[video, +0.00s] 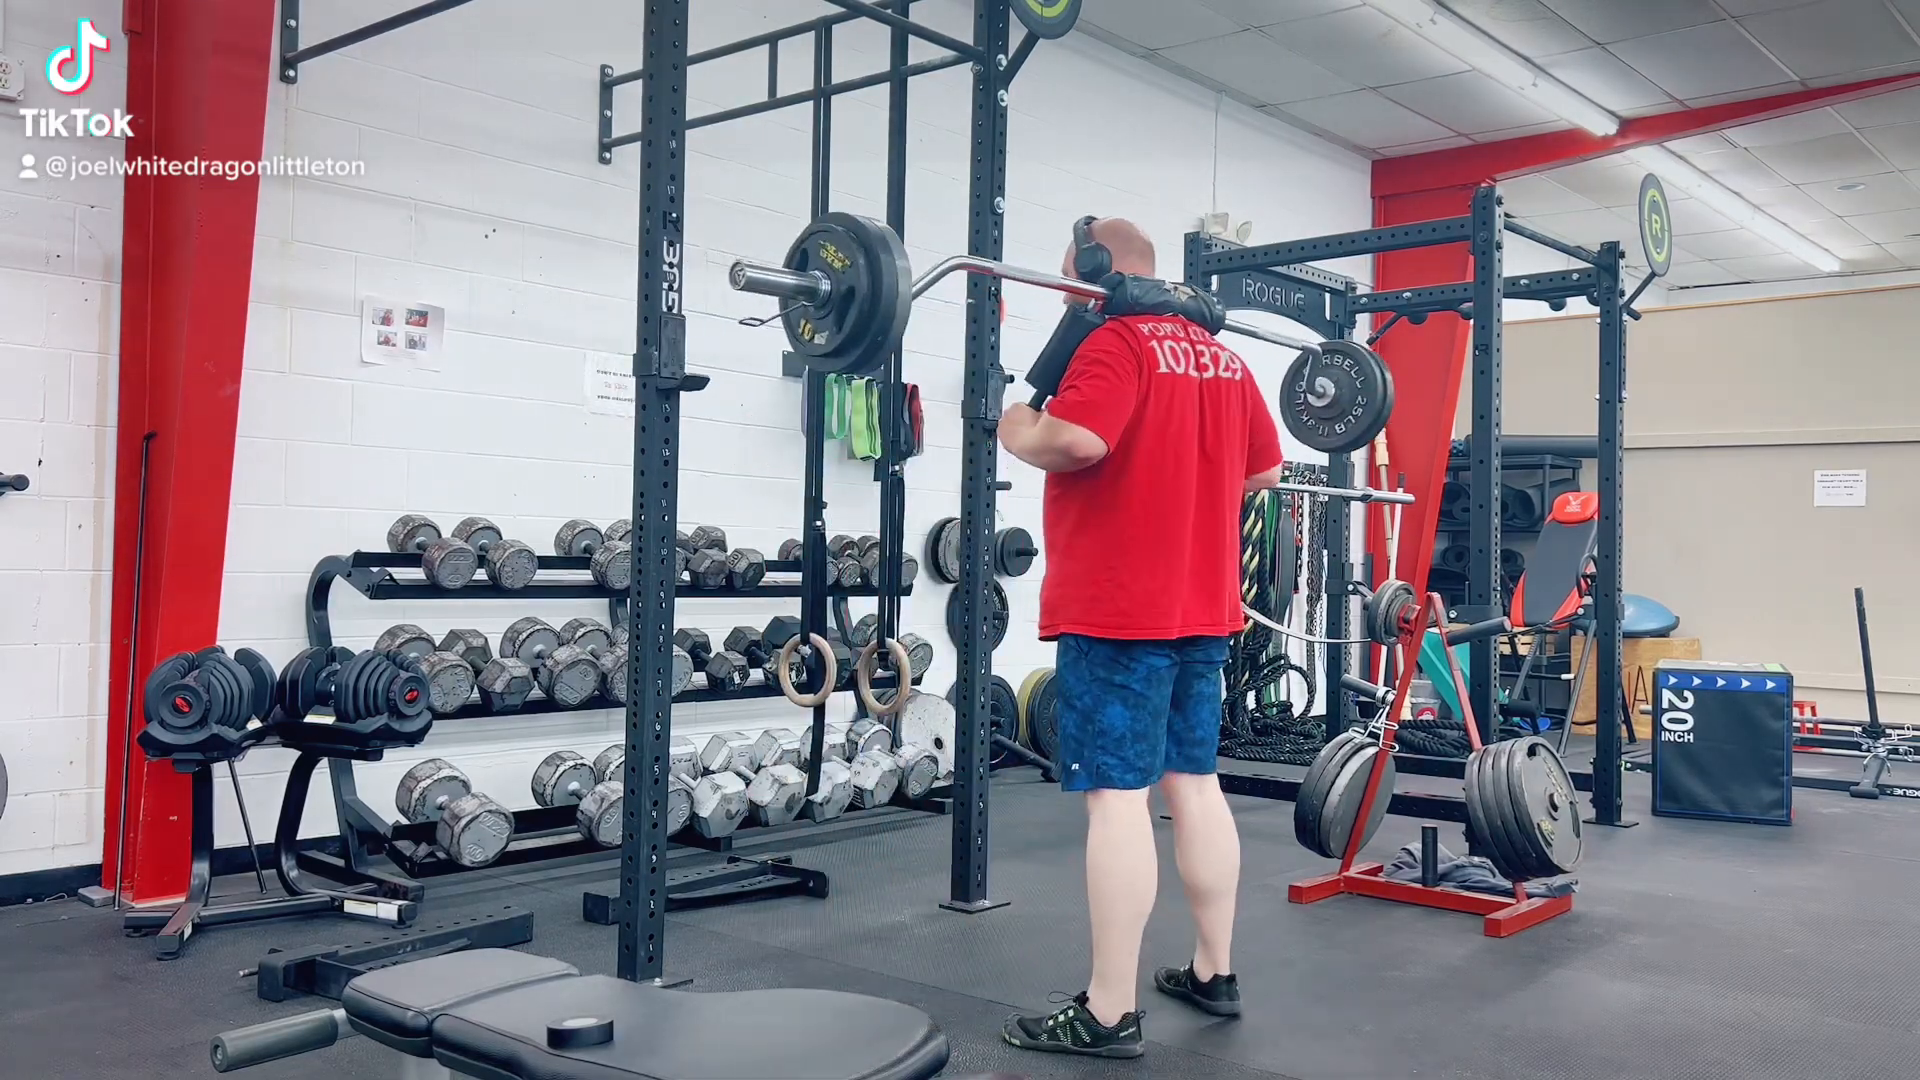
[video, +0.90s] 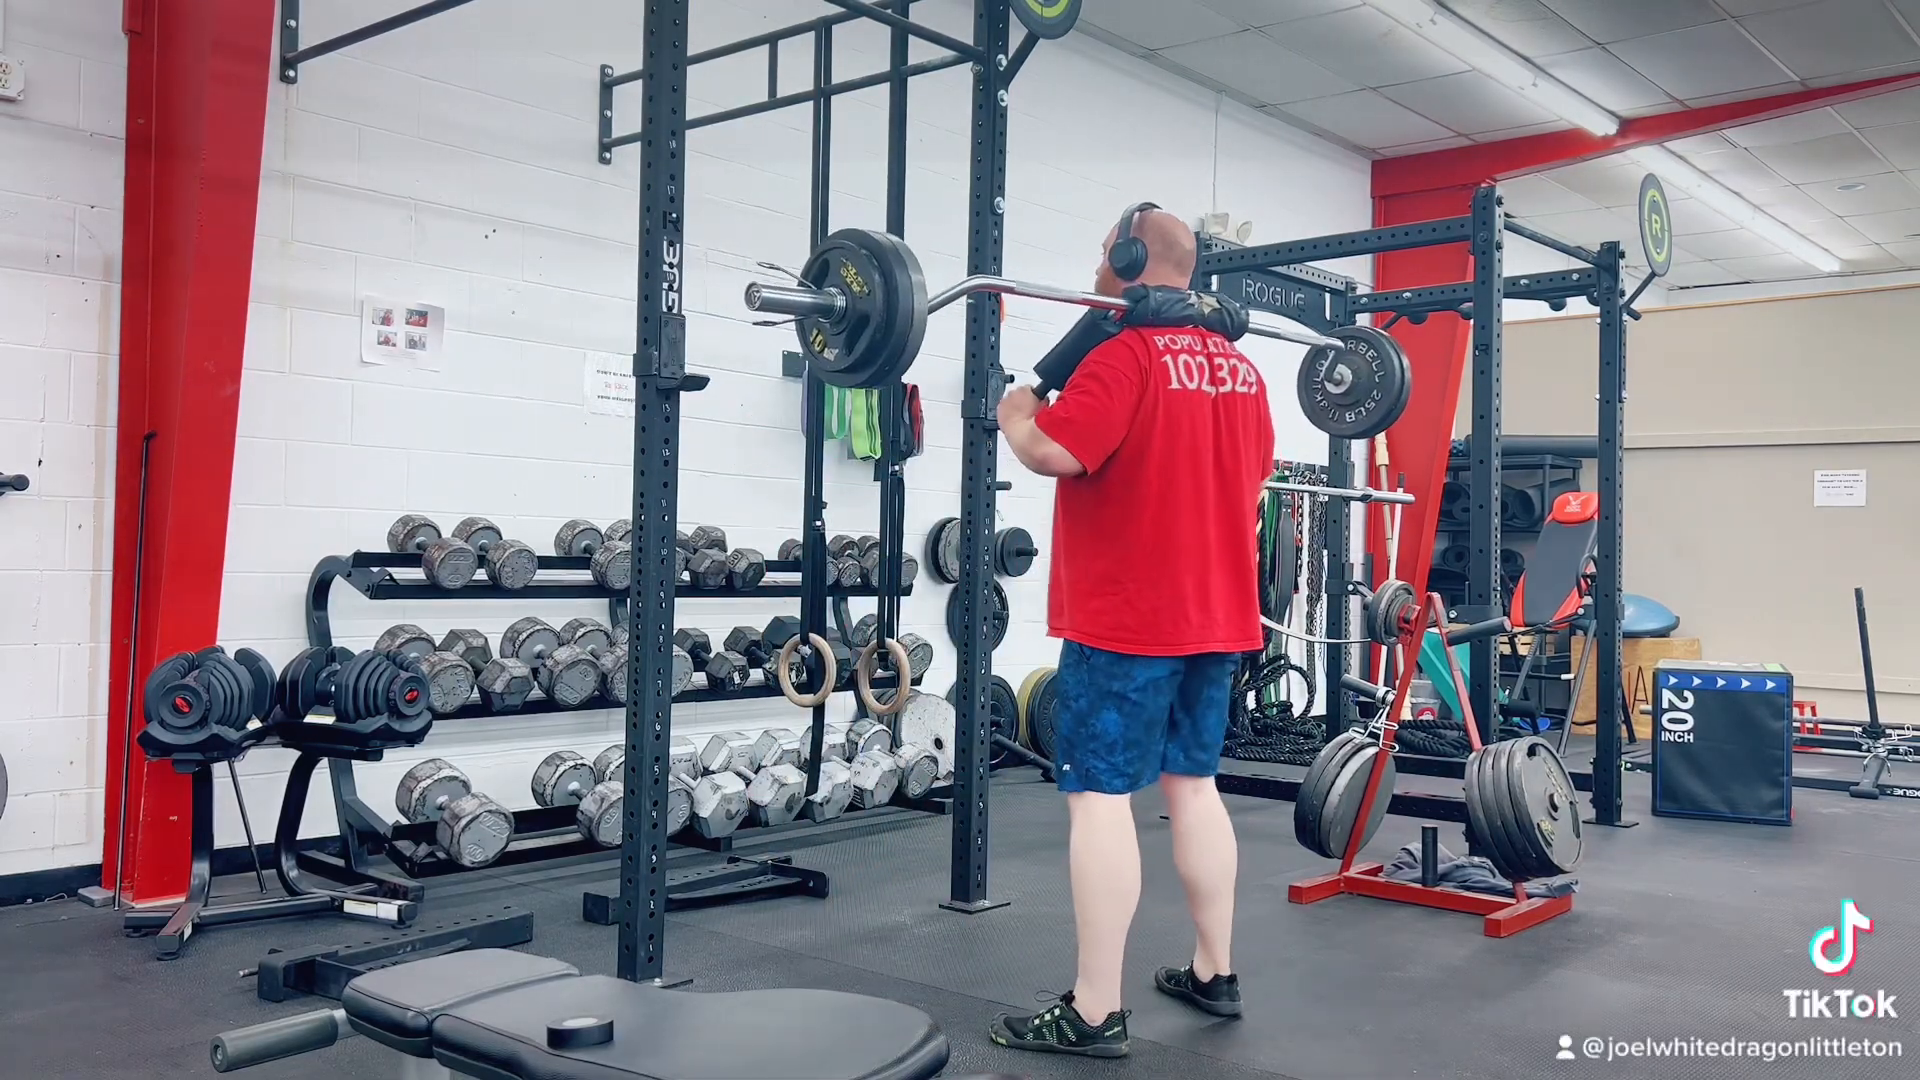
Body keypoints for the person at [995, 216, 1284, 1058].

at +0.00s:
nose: (1068, 291)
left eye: (1070, 278)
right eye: (1069, 277)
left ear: (1088, 278)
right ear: (1153, 271)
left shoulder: (1114, 341)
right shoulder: (1220, 353)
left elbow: (1083, 441)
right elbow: (1263, 466)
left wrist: (1021, 429)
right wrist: (1183, 493)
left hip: (1120, 604)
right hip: (1207, 603)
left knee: (1116, 795)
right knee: (1194, 781)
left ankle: (1109, 1008)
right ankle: (1216, 974)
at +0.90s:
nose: (1096, 281)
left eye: (1102, 268)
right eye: (1102, 267)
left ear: (1123, 276)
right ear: (1188, 280)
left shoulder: (1126, 352)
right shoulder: (1239, 364)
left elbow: (1054, 452)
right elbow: (1256, 480)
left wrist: (1017, 413)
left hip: (1127, 615)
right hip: (1220, 615)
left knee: (1100, 794)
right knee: (1194, 784)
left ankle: (1094, 1008)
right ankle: (1215, 972)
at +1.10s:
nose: (1078, 358)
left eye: (1083, 345)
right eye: (1082, 344)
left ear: (1103, 352)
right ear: (1167, 352)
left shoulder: (1112, 429)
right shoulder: (1223, 430)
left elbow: (1015, 526)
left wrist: (994, 471)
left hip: (1142, 667)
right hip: (1243, 669)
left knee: (1034, 799)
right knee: (1176, 792)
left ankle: (1091, 1007)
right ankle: (1215, 974)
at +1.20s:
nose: (1067, 436)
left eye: (1072, 422)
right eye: (1070, 423)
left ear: (1092, 429)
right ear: (1158, 430)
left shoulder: (1108, 504)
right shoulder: (1212, 497)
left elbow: (1006, 597)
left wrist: (990, 540)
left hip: (1160, 728)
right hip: (1261, 730)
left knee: (1014, 810)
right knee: (1172, 808)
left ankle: (1090, 1009)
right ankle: (1214, 975)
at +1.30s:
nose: (1066, 508)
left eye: (1069, 497)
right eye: (1072, 497)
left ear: (1081, 500)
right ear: (1154, 500)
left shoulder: (1103, 572)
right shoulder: (1203, 560)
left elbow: (997, 665)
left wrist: (981, 605)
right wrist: (1069, 567)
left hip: (1186, 789)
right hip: (1275, 789)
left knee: (999, 812)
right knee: (1155, 798)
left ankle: (1089, 1009)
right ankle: (1213, 973)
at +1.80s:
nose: (1064, 451)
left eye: (1067, 440)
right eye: (1067, 440)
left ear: (1084, 445)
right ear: (1153, 442)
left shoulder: (1104, 513)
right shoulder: (1211, 508)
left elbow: (1014, 611)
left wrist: (987, 562)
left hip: (1162, 730)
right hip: (1265, 730)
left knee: (1011, 807)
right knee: (1166, 806)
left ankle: (1089, 1009)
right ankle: (1212, 974)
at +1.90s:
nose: (1073, 374)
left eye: (1077, 362)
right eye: (1075, 362)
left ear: (1096, 364)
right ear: (1162, 360)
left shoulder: (1112, 429)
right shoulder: (1218, 433)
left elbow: (1021, 526)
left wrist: (996, 481)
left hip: (1151, 658)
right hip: (1249, 660)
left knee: (1033, 795)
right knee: (1175, 788)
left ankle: (1089, 1007)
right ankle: (1212, 973)